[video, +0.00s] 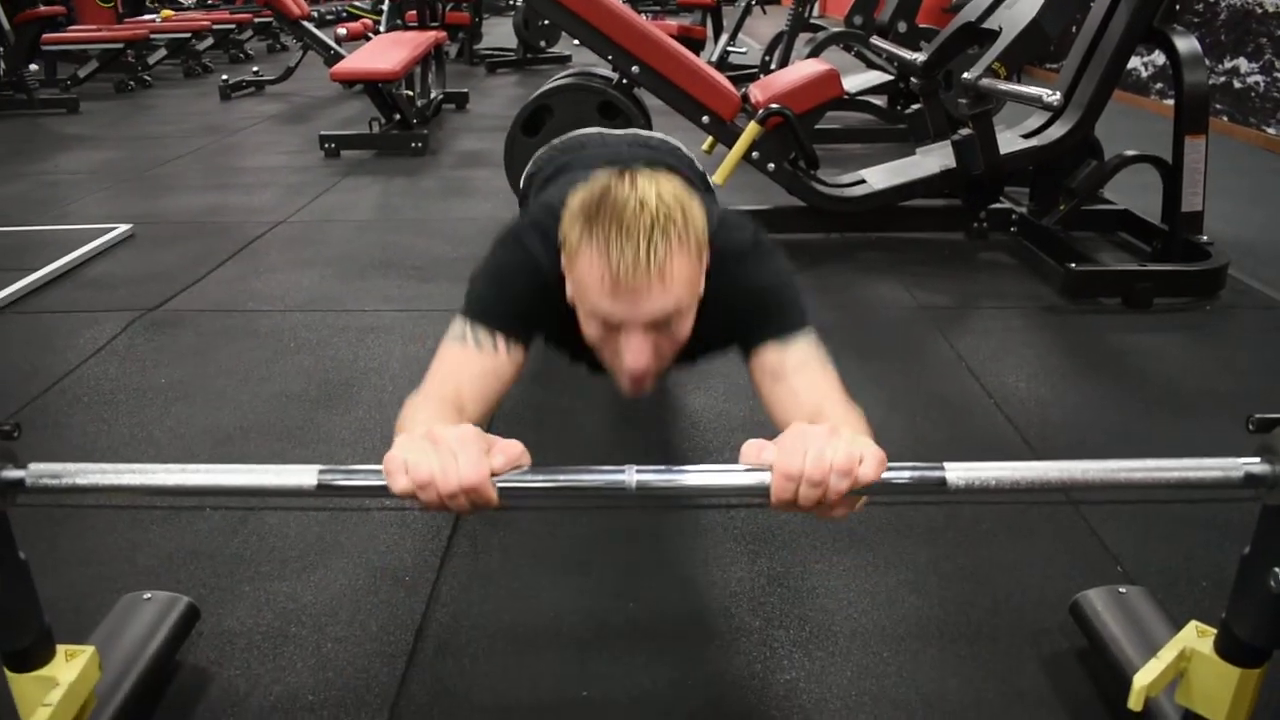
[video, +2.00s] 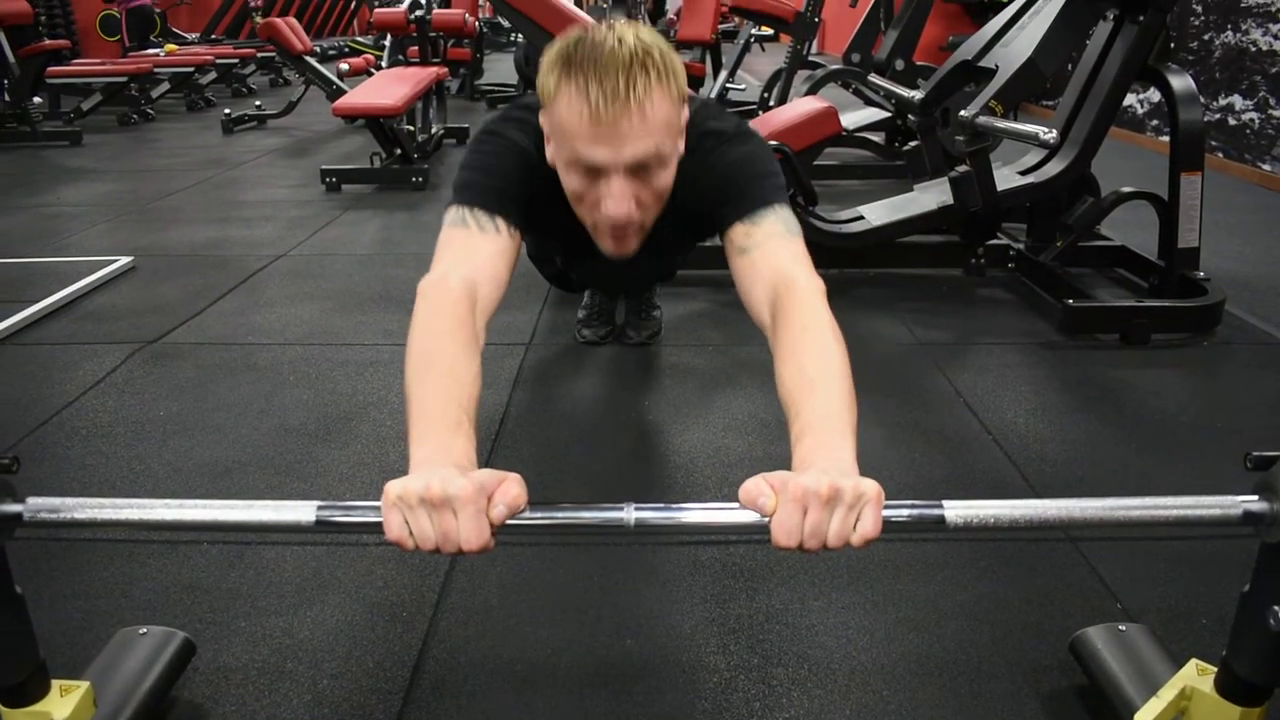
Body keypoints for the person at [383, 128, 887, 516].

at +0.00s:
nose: (636, 360)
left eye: (664, 325)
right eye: (607, 326)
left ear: (701, 272)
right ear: (568, 279)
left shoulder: (742, 253)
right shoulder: (529, 257)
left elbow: (827, 415)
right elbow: (444, 396)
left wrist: (825, 449)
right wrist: (437, 440)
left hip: (668, 150)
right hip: (559, 156)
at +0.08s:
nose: (636, 327)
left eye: (663, 292)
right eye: (607, 295)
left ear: (701, 240)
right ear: (566, 249)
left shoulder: (746, 235)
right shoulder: (523, 234)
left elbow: (830, 383)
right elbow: (433, 380)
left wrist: (833, 442)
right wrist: (432, 441)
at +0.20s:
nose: (632, 283)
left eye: (659, 248)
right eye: (602, 250)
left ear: (695, 210)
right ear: (561, 217)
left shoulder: (741, 208)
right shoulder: (521, 207)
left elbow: (831, 355)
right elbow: (426, 354)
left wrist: (828, 441)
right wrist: (436, 441)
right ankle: (576, 109)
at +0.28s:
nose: (627, 256)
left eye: (653, 222)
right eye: (596, 224)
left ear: (689, 185)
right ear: (558, 194)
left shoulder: (738, 191)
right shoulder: (518, 186)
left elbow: (824, 333)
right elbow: (426, 331)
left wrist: (824, 440)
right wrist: (437, 443)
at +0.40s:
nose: (620, 208)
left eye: (648, 174)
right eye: (591, 175)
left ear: (686, 142)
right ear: (553, 147)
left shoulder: (733, 157)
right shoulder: (512, 152)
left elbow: (808, 293)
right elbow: (433, 290)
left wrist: (818, 439)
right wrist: (438, 443)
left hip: (660, 275)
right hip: (570, 276)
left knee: (650, 288)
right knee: (594, 288)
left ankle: (648, 297)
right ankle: (598, 294)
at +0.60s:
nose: (614, 129)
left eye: (643, 93)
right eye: (582, 94)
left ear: (682, 63)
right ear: (543, 72)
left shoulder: (729, 103)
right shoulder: (504, 100)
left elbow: (781, 246)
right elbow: (456, 249)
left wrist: (818, 433)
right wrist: (439, 435)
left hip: (653, 223)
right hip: (565, 228)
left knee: (642, 258)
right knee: (584, 258)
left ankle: (640, 281)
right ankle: (596, 277)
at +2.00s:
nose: (618, 201)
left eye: (645, 169)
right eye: (590, 171)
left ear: (681, 132)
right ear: (549, 140)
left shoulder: (727, 151)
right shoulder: (507, 151)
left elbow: (794, 300)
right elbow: (452, 295)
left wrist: (827, 469)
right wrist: (440, 467)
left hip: (665, 247)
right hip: (563, 251)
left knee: (645, 273)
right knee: (582, 280)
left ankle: (638, 298)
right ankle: (599, 297)